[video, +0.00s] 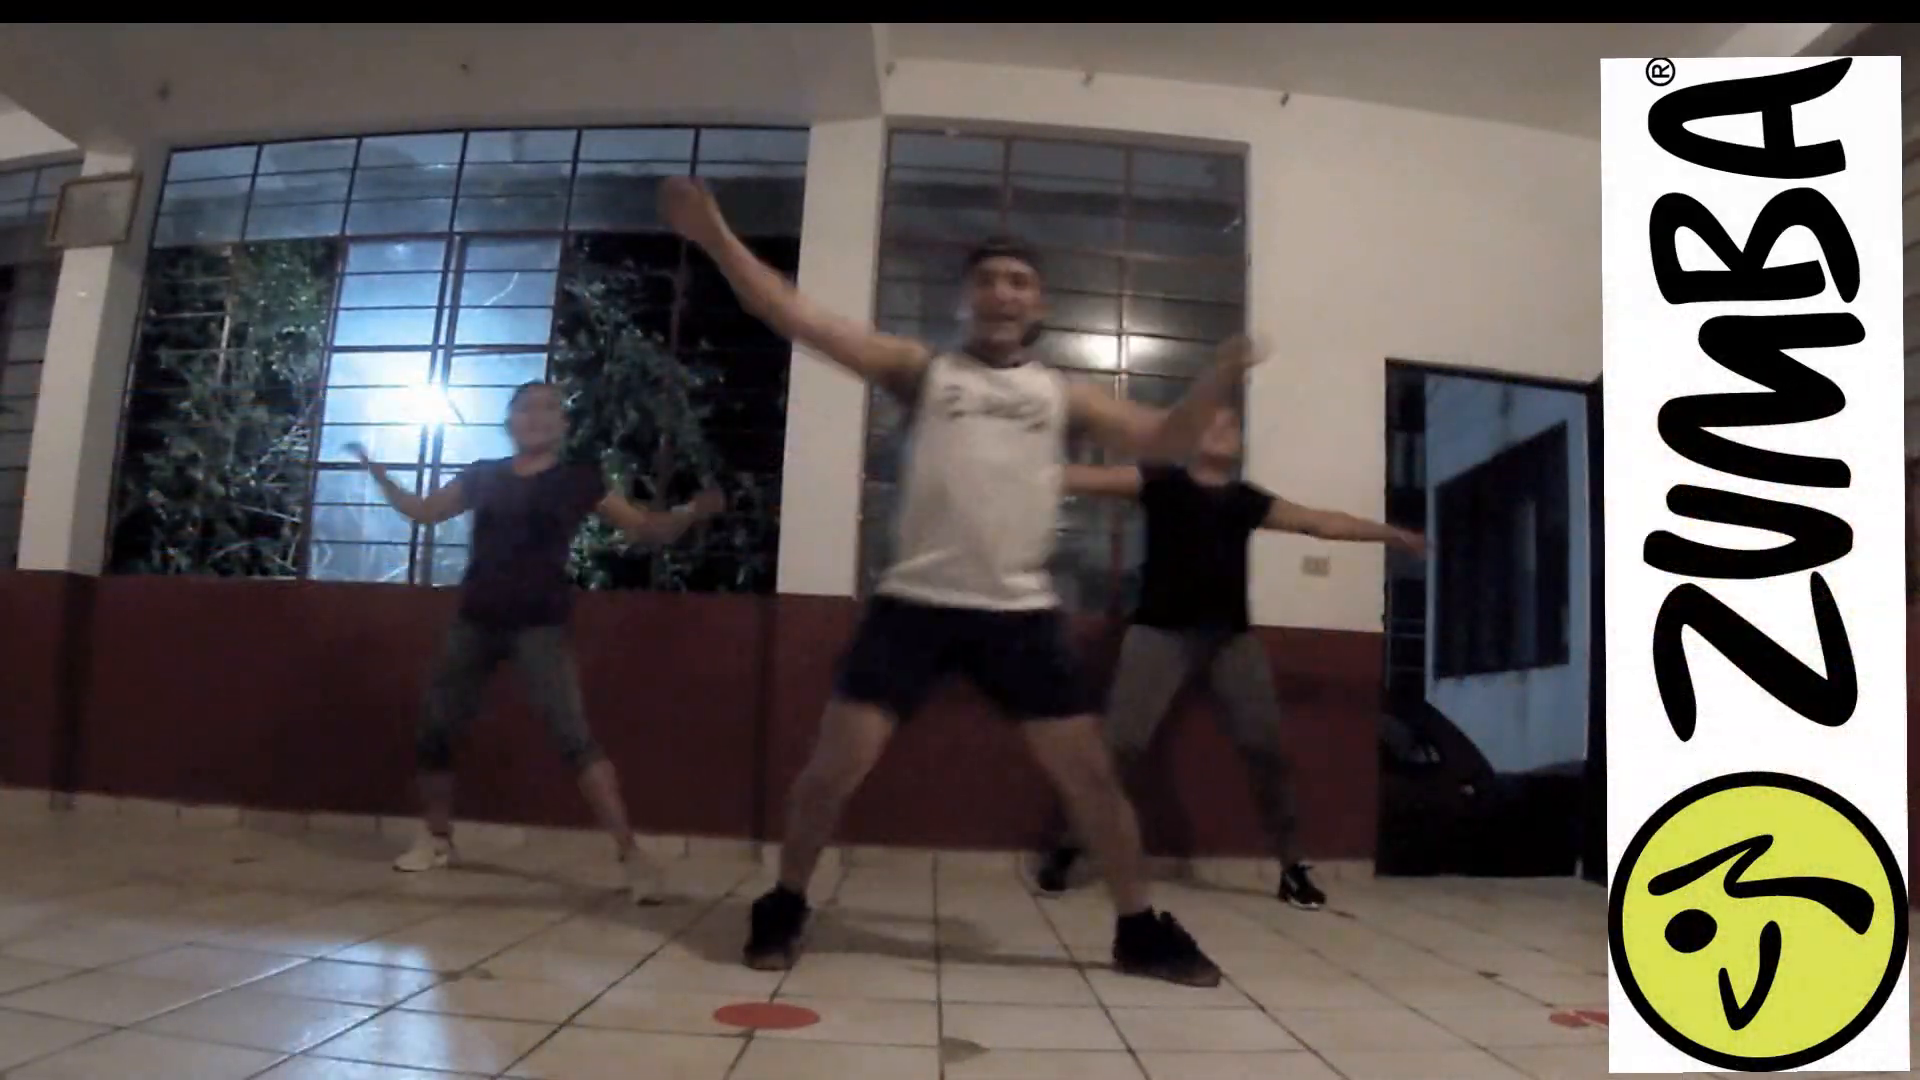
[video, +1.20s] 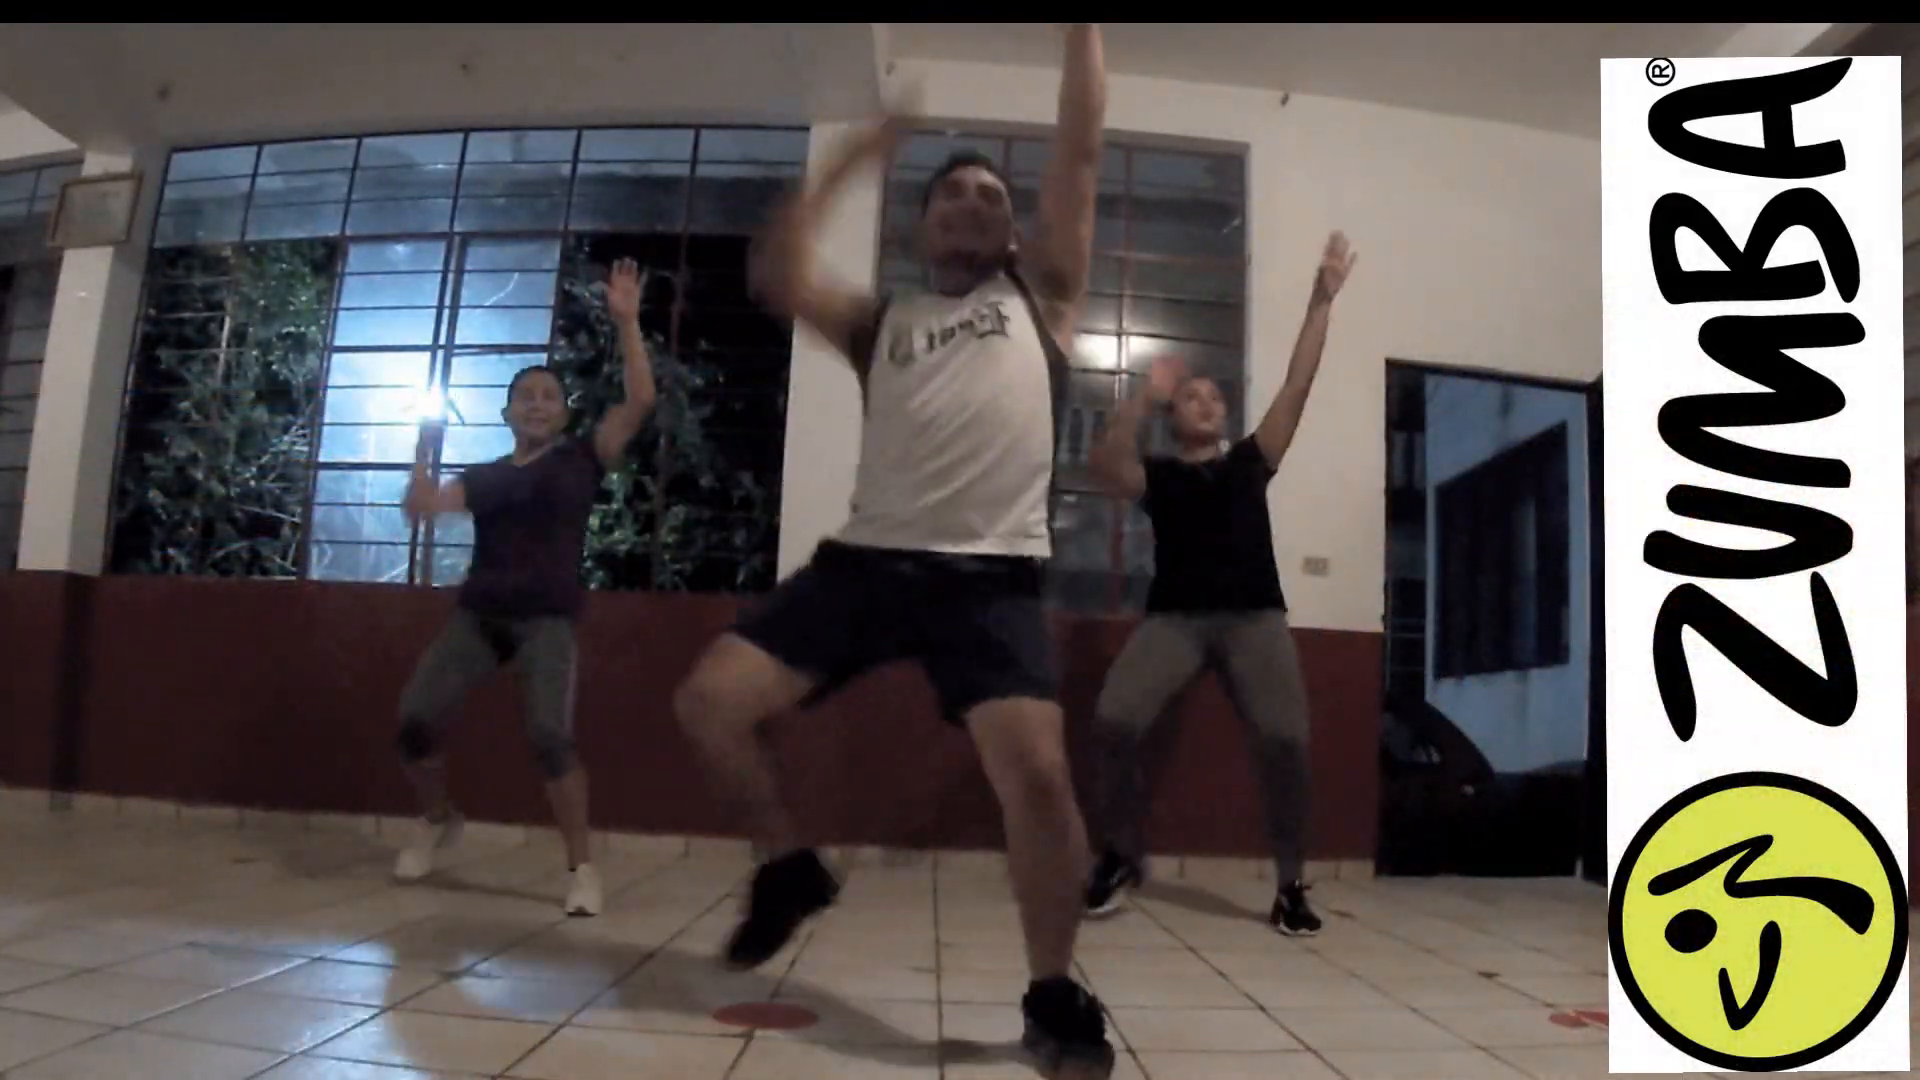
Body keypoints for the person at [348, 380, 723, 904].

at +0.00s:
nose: (534, 417)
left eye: (545, 408)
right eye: (525, 407)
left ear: (563, 422)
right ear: (510, 419)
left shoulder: (578, 479)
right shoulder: (486, 476)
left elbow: (643, 527)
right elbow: (423, 511)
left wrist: (692, 513)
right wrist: (378, 476)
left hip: (540, 622)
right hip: (478, 618)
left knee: (572, 734)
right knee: (436, 724)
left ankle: (629, 853)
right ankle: (437, 842)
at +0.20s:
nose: (494, 427)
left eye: (504, 420)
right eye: (485, 417)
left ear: (518, 433)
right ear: (466, 427)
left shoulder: (531, 489)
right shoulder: (441, 487)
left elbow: (581, 550)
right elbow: (397, 537)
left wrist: (612, 554)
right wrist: (350, 502)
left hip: (507, 629)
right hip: (444, 629)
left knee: (529, 736)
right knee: (418, 741)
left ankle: (573, 850)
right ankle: (437, 841)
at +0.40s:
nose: (485, 408)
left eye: (494, 400)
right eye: (475, 398)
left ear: (506, 410)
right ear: (457, 406)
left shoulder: (524, 464)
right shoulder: (430, 467)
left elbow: (582, 516)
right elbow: (393, 520)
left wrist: (524, 534)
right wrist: (378, 504)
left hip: (500, 609)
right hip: (441, 608)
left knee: (479, 722)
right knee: (431, 726)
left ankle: (495, 835)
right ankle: (440, 840)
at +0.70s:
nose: (491, 424)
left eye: (499, 416)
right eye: (481, 414)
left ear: (509, 426)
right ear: (461, 421)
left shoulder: (522, 483)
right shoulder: (429, 483)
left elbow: (563, 525)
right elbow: (406, 542)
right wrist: (406, 582)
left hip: (497, 618)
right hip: (436, 616)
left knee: (487, 716)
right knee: (420, 730)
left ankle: (519, 838)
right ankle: (438, 839)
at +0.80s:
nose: (493, 414)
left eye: (502, 406)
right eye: (484, 404)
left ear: (515, 418)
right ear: (466, 413)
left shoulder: (527, 469)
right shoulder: (437, 475)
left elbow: (587, 453)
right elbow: (418, 538)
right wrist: (415, 579)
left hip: (504, 613)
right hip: (442, 612)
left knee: (515, 720)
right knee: (432, 725)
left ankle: (552, 845)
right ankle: (438, 841)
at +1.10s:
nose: (538, 406)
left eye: (547, 400)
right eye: (527, 399)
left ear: (557, 416)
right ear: (504, 415)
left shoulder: (575, 461)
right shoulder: (479, 489)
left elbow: (618, 390)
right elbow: (455, 557)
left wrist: (623, 307)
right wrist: (443, 554)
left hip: (548, 617)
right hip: (479, 616)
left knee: (550, 739)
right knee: (435, 727)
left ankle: (582, 866)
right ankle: (442, 814)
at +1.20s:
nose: (537, 404)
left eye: (548, 397)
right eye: (526, 397)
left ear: (565, 412)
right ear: (508, 413)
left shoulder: (582, 461)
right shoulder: (487, 477)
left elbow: (640, 400)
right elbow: (420, 507)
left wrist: (627, 319)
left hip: (548, 618)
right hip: (481, 614)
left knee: (549, 738)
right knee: (416, 720)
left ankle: (581, 868)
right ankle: (438, 821)